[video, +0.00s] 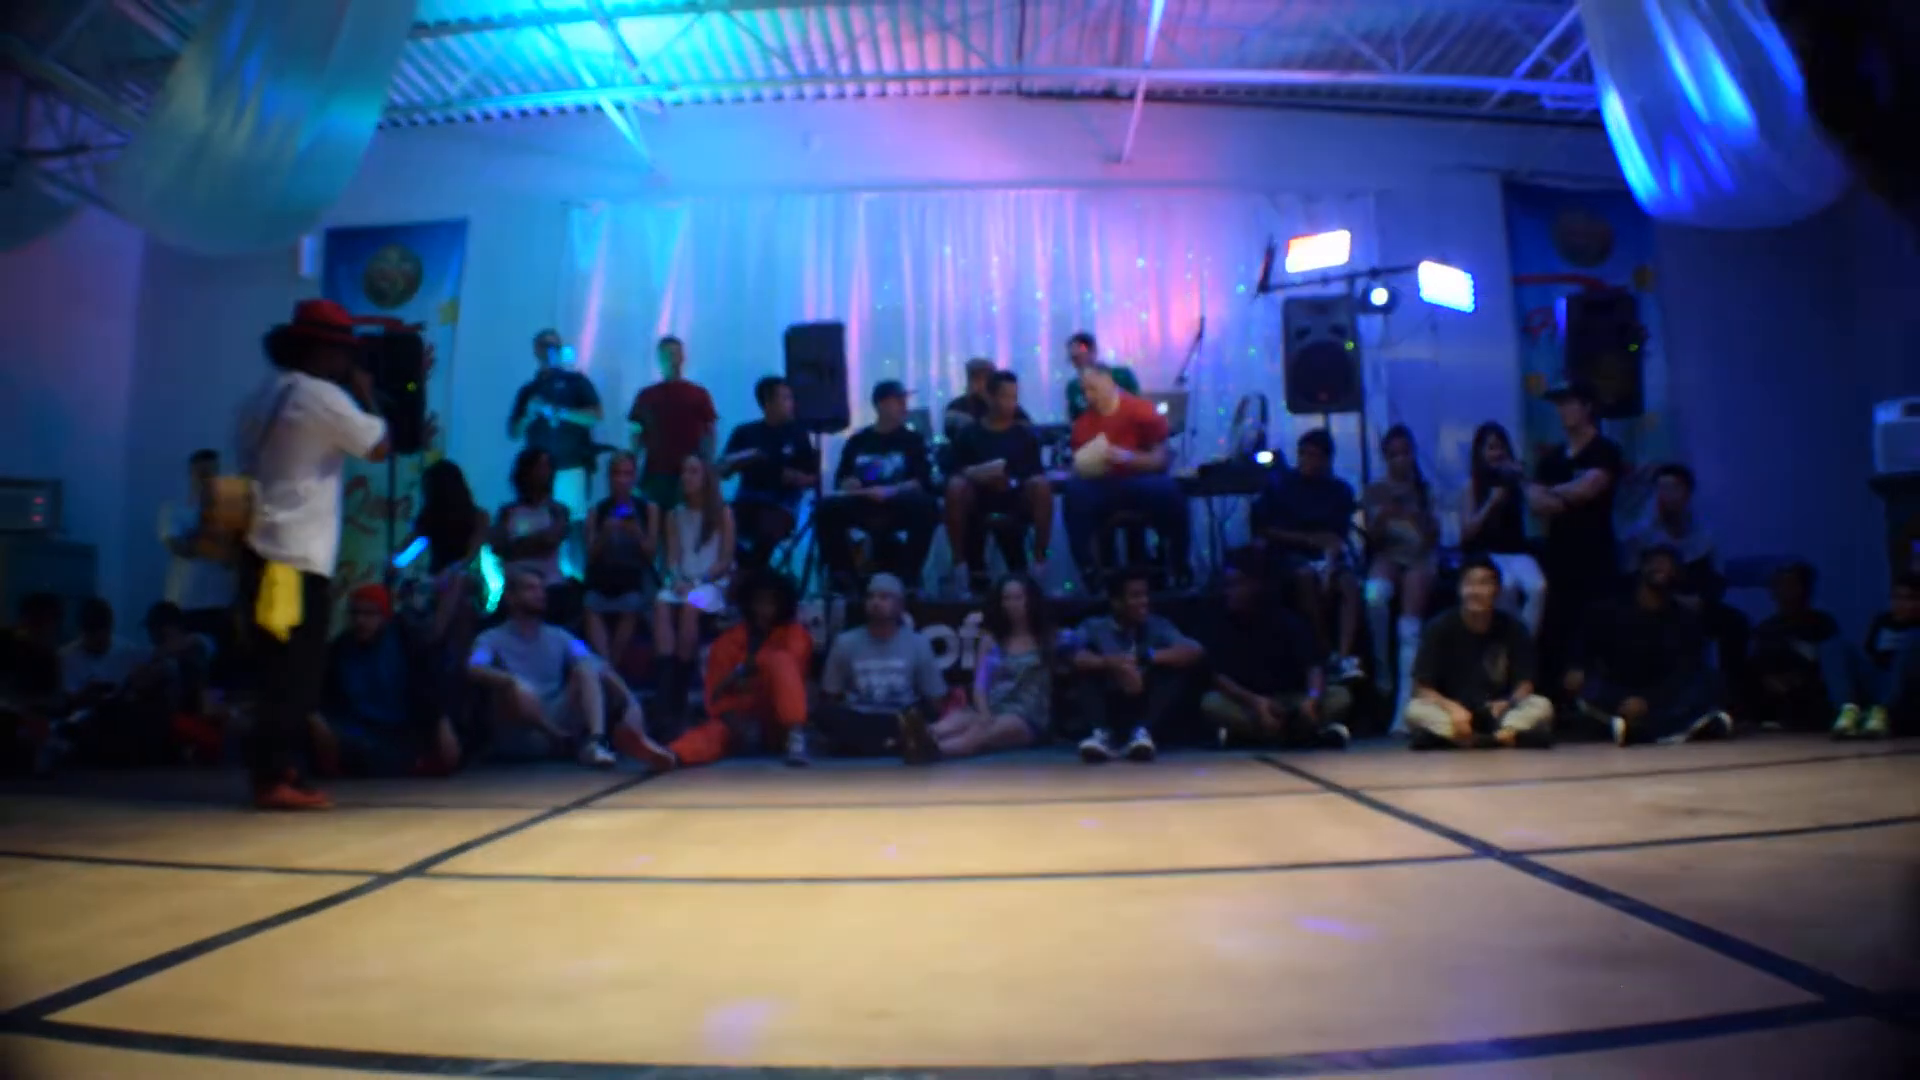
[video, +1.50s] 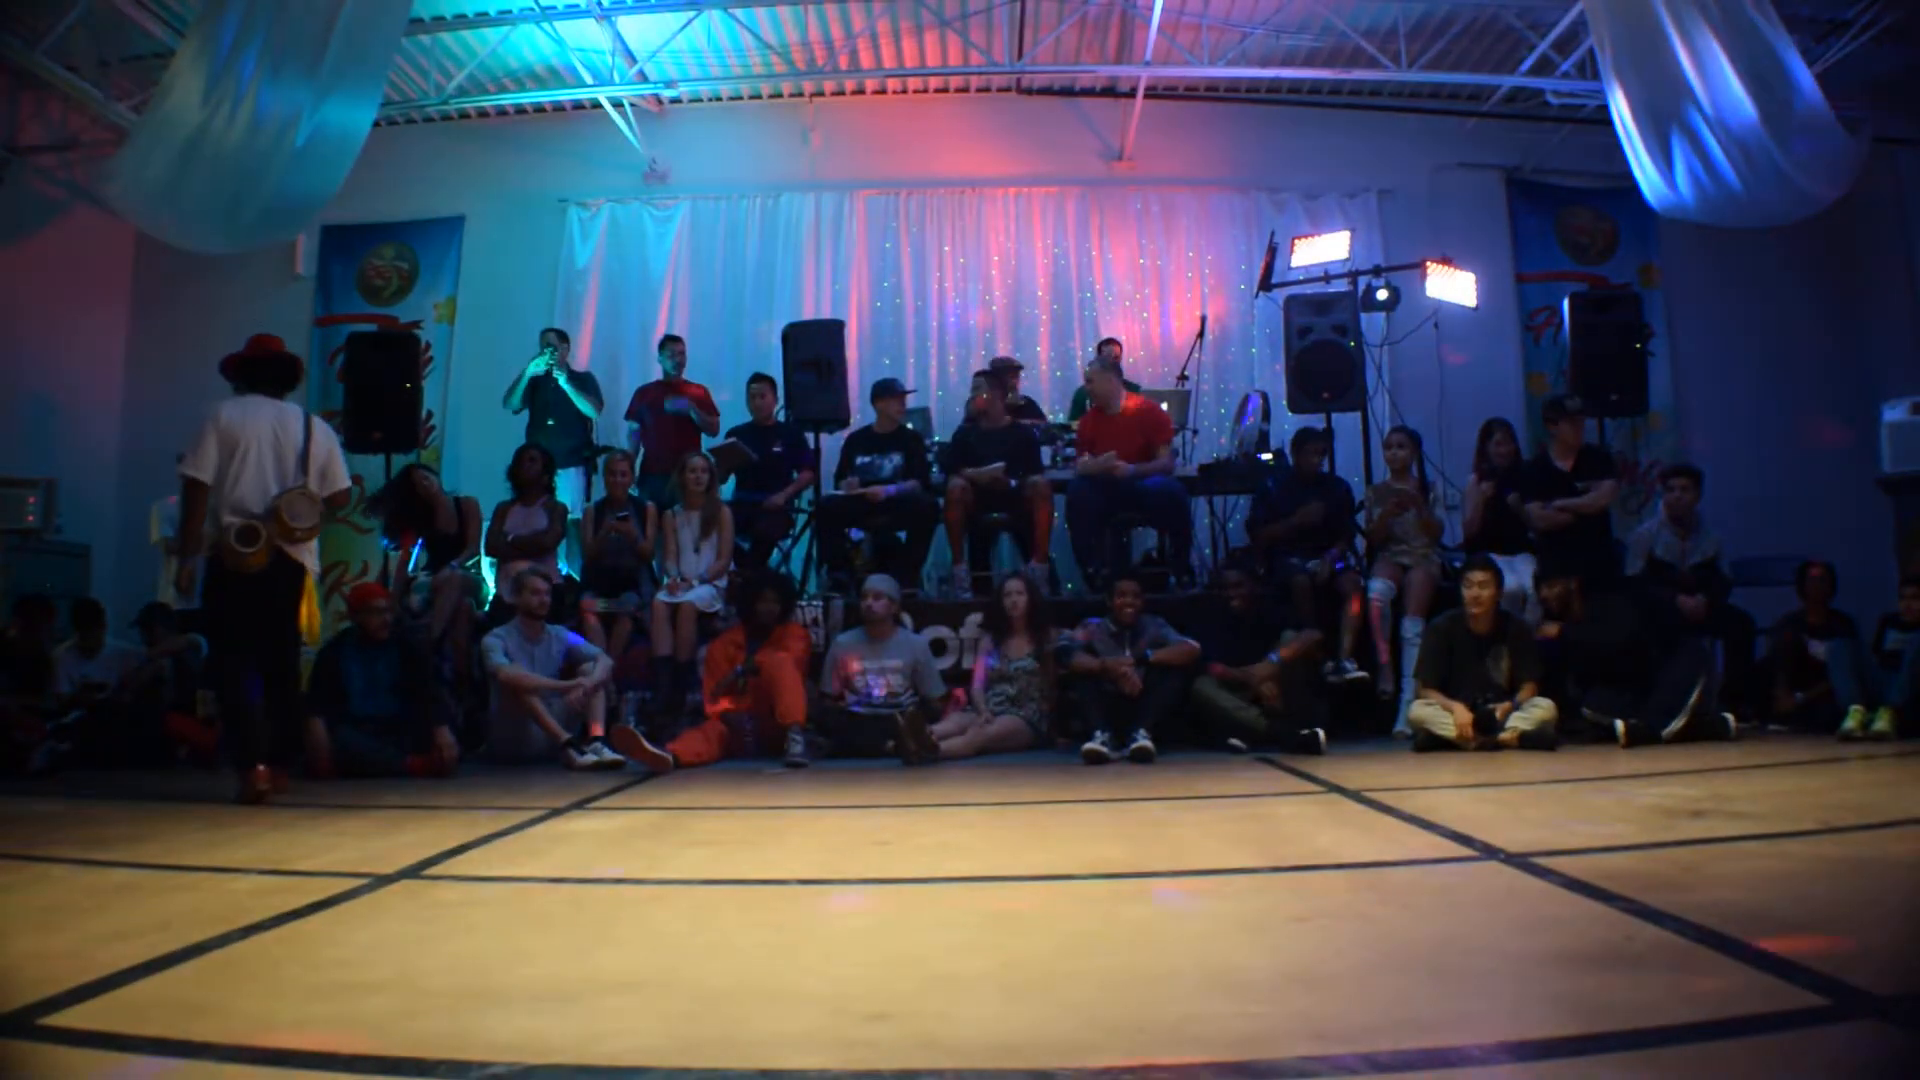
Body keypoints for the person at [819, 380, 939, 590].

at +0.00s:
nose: (903, 407)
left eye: (904, 401)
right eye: (897, 401)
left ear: (905, 404)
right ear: (880, 405)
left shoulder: (913, 440)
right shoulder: (858, 441)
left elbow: (922, 481)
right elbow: (842, 481)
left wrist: (889, 491)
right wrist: (861, 490)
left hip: (899, 500)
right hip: (863, 501)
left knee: (926, 510)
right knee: (827, 511)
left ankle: (909, 577)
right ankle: (844, 578)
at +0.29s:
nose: (903, 406)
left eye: (903, 400)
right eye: (897, 401)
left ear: (905, 403)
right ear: (878, 404)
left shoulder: (912, 439)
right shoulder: (856, 439)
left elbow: (920, 481)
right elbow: (839, 480)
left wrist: (888, 491)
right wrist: (847, 484)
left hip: (898, 501)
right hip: (861, 501)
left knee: (927, 508)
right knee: (826, 507)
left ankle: (906, 578)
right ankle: (841, 576)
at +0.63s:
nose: (903, 407)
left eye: (904, 401)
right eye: (897, 401)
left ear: (905, 403)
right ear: (879, 405)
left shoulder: (913, 439)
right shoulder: (856, 439)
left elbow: (921, 482)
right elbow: (839, 480)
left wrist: (888, 491)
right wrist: (846, 484)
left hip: (898, 501)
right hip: (861, 501)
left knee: (927, 508)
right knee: (826, 508)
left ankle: (906, 579)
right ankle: (841, 577)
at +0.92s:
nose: (902, 406)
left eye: (903, 400)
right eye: (896, 400)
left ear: (905, 403)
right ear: (879, 405)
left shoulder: (912, 439)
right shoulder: (856, 439)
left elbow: (921, 481)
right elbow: (840, 480)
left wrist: (888, 491)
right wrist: (848, 485)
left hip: (898, 500)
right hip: (861, 500)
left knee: (927, 508)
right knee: (827, 507)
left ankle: (908, 578)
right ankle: (840, 576)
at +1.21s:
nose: (902, 405)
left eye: (903, 400)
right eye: (896, 400)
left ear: (905, 402)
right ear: (878, 404)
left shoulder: (912, 439)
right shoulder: (856, 440)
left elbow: (921, 482)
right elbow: (840, 480)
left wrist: (887, 491)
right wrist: (848, 485)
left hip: (898, 501)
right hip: (861, 501)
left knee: (927, 508)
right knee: (827, 507)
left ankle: (908, 578)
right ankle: (840, 576)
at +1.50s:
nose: (902, 405)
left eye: (903, 400)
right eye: (896, 400)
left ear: (905, 402)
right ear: (878, 404)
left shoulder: (912, 439)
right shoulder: (855, 440)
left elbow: (921, 481)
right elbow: (840, 480)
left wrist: (888, 491)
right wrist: (848, 485)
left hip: (898, 502)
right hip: (861, 502)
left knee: (927, 508)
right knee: (826, 507)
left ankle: (908, 578)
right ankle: (839, 576)